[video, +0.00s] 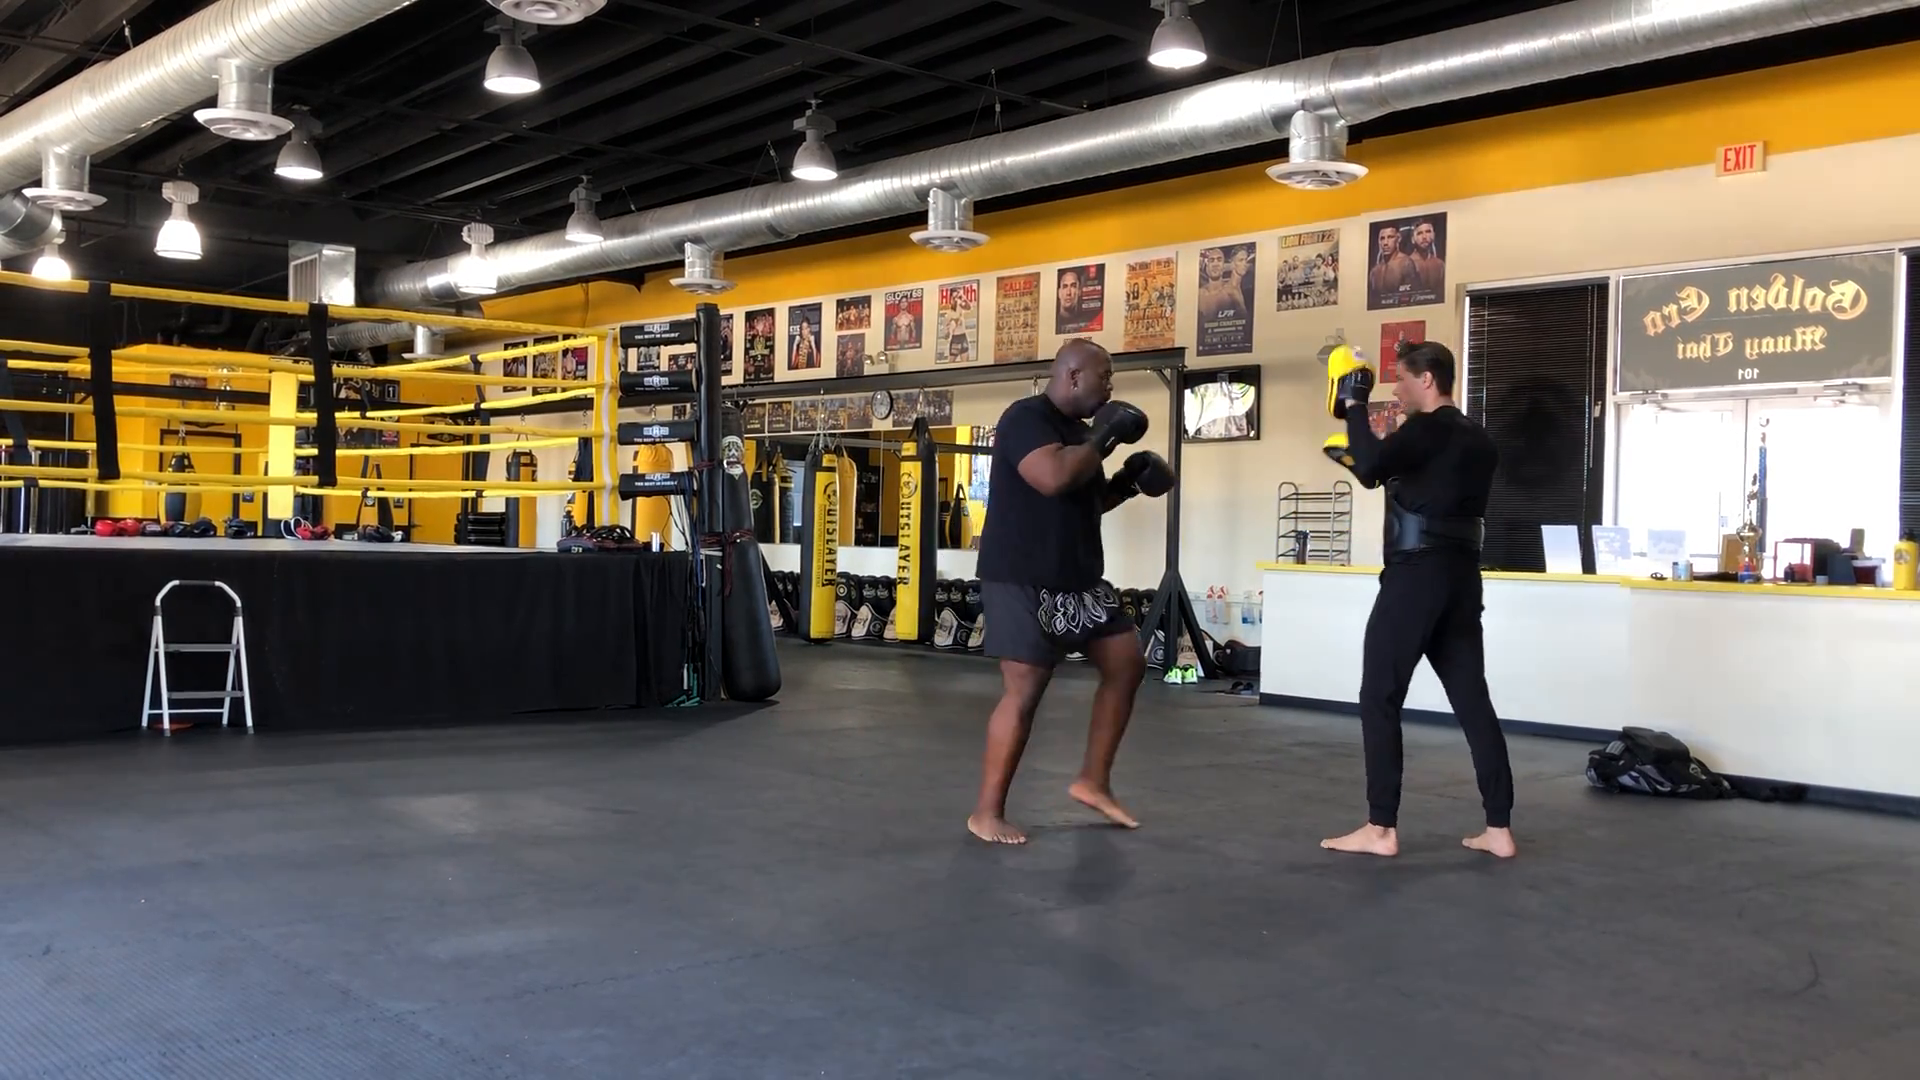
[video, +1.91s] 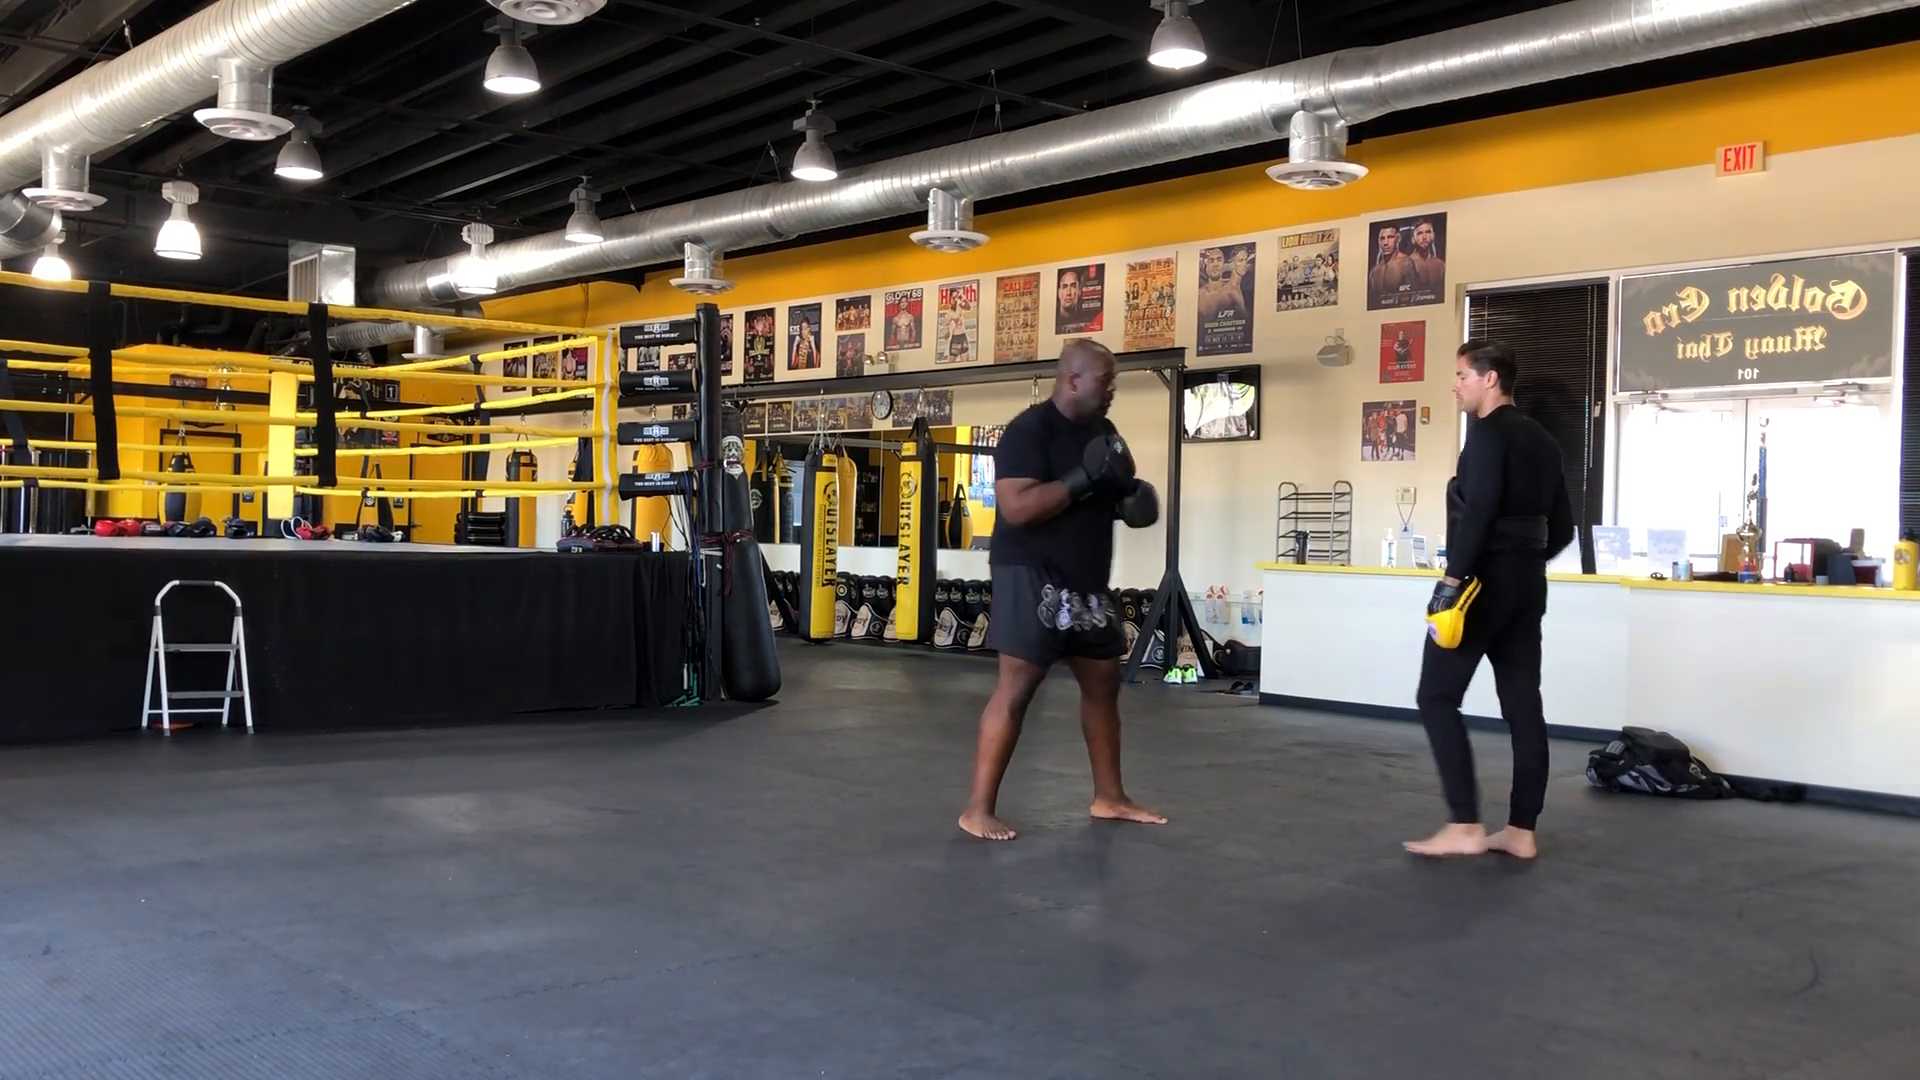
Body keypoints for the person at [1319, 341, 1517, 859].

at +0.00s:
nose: (1396, 390)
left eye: (1400, 379)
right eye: (1395, 380)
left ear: (1428, 379)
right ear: (1439, 380)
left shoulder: (1425, 429)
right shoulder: (1480, 438)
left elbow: (1368, 467)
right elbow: (1431, 489)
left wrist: (1354, 407)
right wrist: (1385, 445)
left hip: (1414, 578)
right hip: (1461, 580)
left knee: (1378, 700)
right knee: (1474, 704)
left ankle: (1380, 828)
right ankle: (1499, 831)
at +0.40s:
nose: (1353, 381)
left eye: (1359, 372)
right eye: (1354, 372)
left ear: (1386, 375)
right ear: (1396, 377)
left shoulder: (1395, 428)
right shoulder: (1426, 428)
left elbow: (1350, 493)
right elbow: (1353, 486)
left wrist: (1297, 463)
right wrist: (1336, 426)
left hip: (1391, 577)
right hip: (1427, 573)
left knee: (1373, 702)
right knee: (1439, 695)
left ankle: (1380, 828)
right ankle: (1492, 811)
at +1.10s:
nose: (1365, 375)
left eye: (1374, 367)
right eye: (1367, 366)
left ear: (1402, 375)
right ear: (1403, 376)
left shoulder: (1409, 429)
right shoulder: (1415, 427)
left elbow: (1389, 505)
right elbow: (1352, 492)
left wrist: (1328, 501)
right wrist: (1337, 429)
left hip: (1395, 579)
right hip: (1423, 575)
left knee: (1374, 702)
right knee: (1433, 691)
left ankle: (1380, 828)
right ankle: (1496, 806)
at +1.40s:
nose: (1404, 381)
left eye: (1411, 373)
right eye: (1404, 373)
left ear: (1439, 376)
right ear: (1441, 377)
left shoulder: (1445, 434)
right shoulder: (1462, 430)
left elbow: (1430, 512)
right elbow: (1414, 492)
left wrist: (1369, 559)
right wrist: (1370, 450)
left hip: (1419, 584)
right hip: (1452, 584)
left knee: (1387, 702)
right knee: (1463, 699)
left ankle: (1380, 828)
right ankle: (1512, 818)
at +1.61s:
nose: (1435, 388)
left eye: (1442, 378)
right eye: (1435, 379)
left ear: (1471, 381)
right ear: (1476, 382)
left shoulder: (1463, 435)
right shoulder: (1508, 437)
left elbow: (1445, 514)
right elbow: (1475, 500)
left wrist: (1401, 582)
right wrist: (1433, 455)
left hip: (1449, 586)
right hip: (1492, 586)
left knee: (1405, 701)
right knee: (1502, 707)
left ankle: (1384, 826)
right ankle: (1518, 830)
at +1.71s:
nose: (1444, 386)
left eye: (1451, 377)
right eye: (1445, 377)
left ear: (1479, 380)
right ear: (1485, 381)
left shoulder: (1473, 433)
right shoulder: (1519, 435)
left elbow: (1461, 510)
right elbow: (1515, 515)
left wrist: (1426, 580)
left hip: (1465, 587)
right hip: (1507, 588)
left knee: (1417, 699)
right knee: (1515, 710)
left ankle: (1392, 825)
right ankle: (1519, 831)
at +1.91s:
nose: (1456, 386)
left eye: (1462, 376)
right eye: (1457, 377)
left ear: (1491, 379)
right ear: (1497, 380)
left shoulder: (1488, 432)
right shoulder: (1542, 439)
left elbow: (1479, 509)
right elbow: (1563, 525)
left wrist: (1451, 580)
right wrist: (1523, 560)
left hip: (1481, 585)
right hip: (1526, 589)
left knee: (1436, 699)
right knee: (1524, 708)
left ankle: (1464, 825)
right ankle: (1521, 830)